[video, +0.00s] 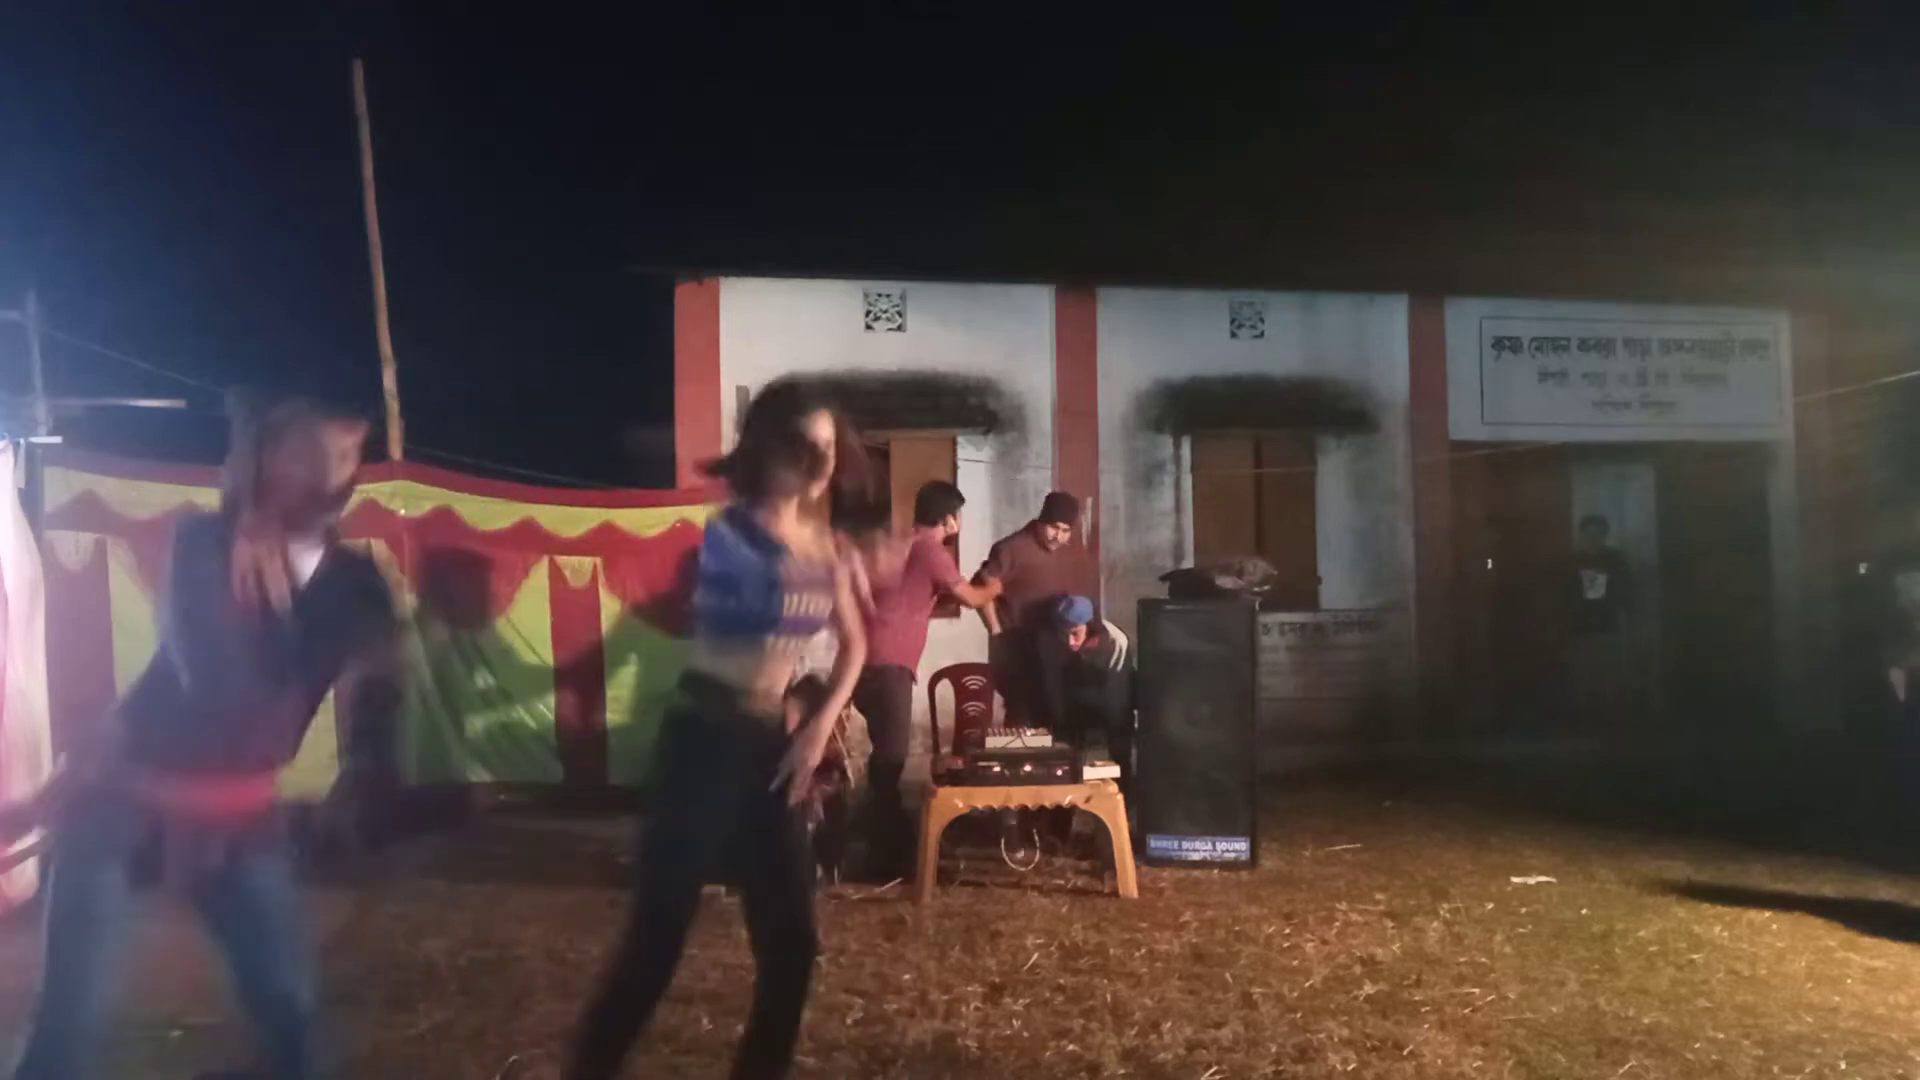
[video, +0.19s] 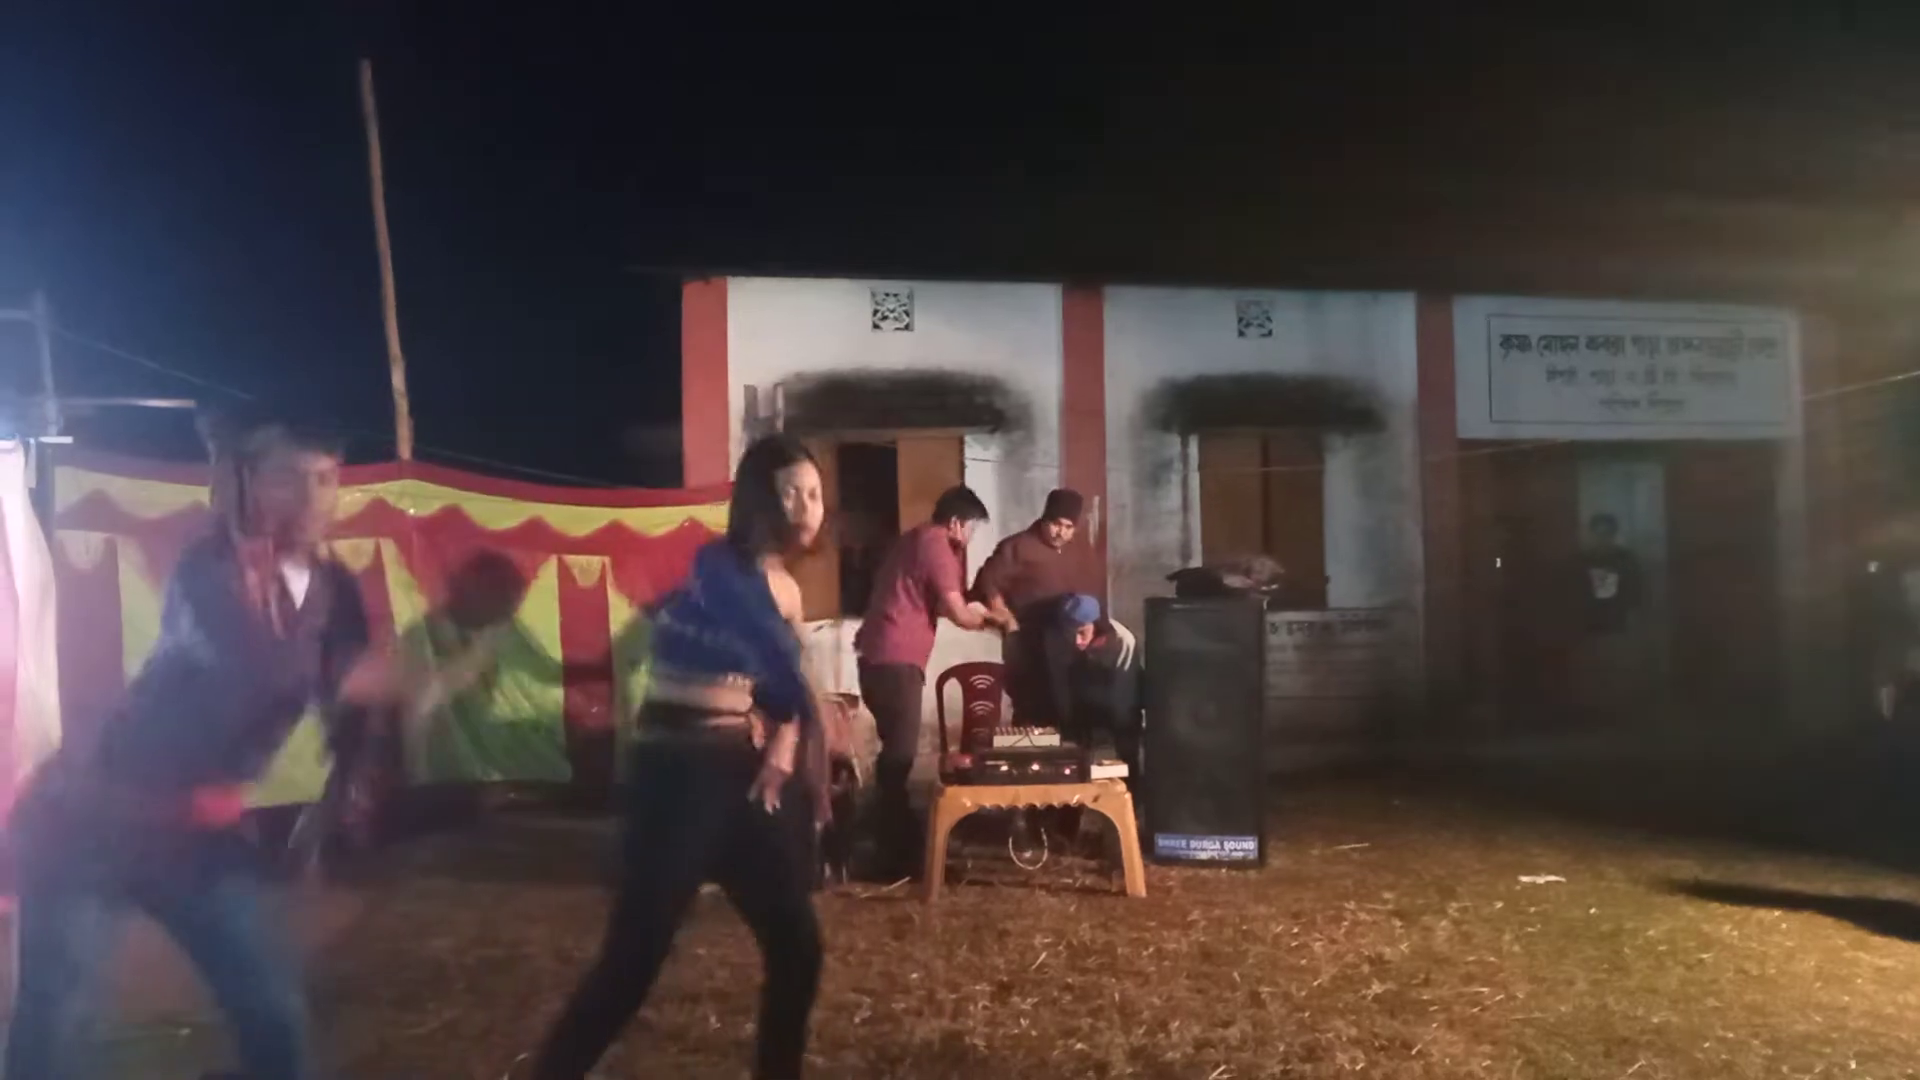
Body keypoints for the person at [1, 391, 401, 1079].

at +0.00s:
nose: (312, 479)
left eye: (331, 462)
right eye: (299, 457)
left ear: (346, 478)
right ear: (259, 457)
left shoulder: (355, 585)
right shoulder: (199, 544)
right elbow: (214, 689)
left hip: (238, 821)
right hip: (122, 807)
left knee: (293, 1017)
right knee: (75, 1022)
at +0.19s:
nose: (316, 498)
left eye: (327, 481)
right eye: (296, 479)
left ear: (338, 491)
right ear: (250, 483)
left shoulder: (334, 590)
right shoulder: (210, 569)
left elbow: (354, 722)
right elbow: (260, 669)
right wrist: (353, 680)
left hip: (200, 829)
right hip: (90, 818)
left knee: (277, 1018)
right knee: (57, 1021)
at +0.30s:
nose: (322, 475)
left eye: (333, 459)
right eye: (303, 456)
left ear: (345, 472)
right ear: (256, 463)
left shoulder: (349, 558)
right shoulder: (207, 543)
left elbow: (391, 644)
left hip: (213, 801)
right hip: (98, 793)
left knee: (306, 982)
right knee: (56, 999)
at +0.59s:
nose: (346, 485)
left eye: (358, 467)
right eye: (328, 466)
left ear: (375, 472)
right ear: (289, 472)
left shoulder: (401, 561)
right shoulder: (221, 573)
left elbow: (419, 683)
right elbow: (181, 684)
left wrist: (410, 770)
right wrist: (193, 752)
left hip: (368, 806)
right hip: (249, 811)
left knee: (408, 987)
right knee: (192, 990)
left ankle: (413, 1071)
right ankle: (133, 1071)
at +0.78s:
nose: (418, 462)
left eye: (433, 445)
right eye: (404, 440)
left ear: (447, 443)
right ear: (363, 424)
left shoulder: (458, 497)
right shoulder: (284, 504)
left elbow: (526, 585)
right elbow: (189, 615)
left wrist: (562, 553)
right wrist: (170, 514)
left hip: (454, 740)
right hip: (339, 749)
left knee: (484, 920)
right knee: (318, 939)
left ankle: (520, 1063)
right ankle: (314, 1068)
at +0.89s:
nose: (425, 485)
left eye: (439, 468)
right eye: (411, 469)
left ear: (464, 467)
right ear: (385, 466)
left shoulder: (492, 529)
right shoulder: (337, 532)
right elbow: (250, 622)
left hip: (483, 762)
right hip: (379, 773)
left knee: (519, 935)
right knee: (374, 959)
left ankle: (582, 1058)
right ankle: (390, 1066)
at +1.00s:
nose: (458, 519)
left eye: (473, 501)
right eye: (444, 499)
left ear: (499, 501)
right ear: (420, 498)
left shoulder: (541, 569)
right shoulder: (388, 575)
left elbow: (587, 666)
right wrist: (273, 683)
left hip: (553, 791)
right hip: (455, 806)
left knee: (605, 961)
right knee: (437, 977)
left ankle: (652, 1065)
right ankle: (438, 1068)